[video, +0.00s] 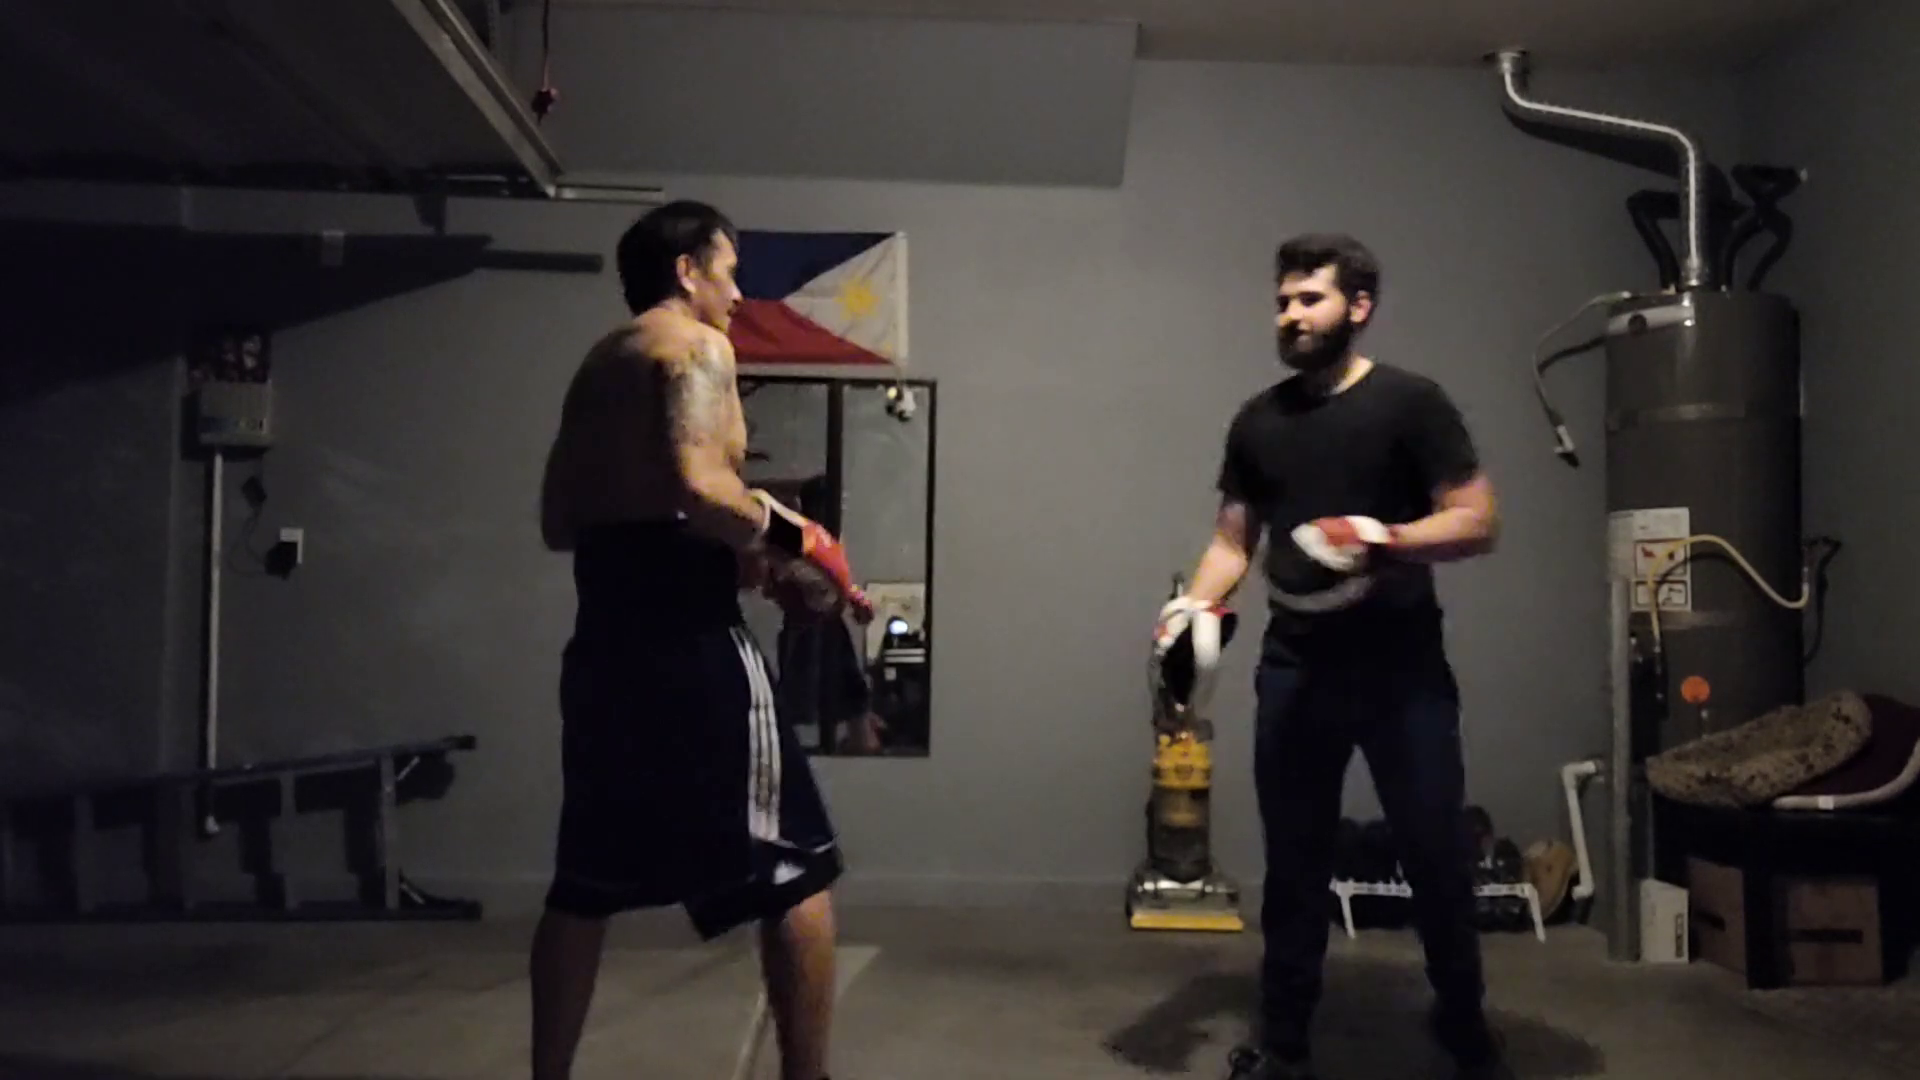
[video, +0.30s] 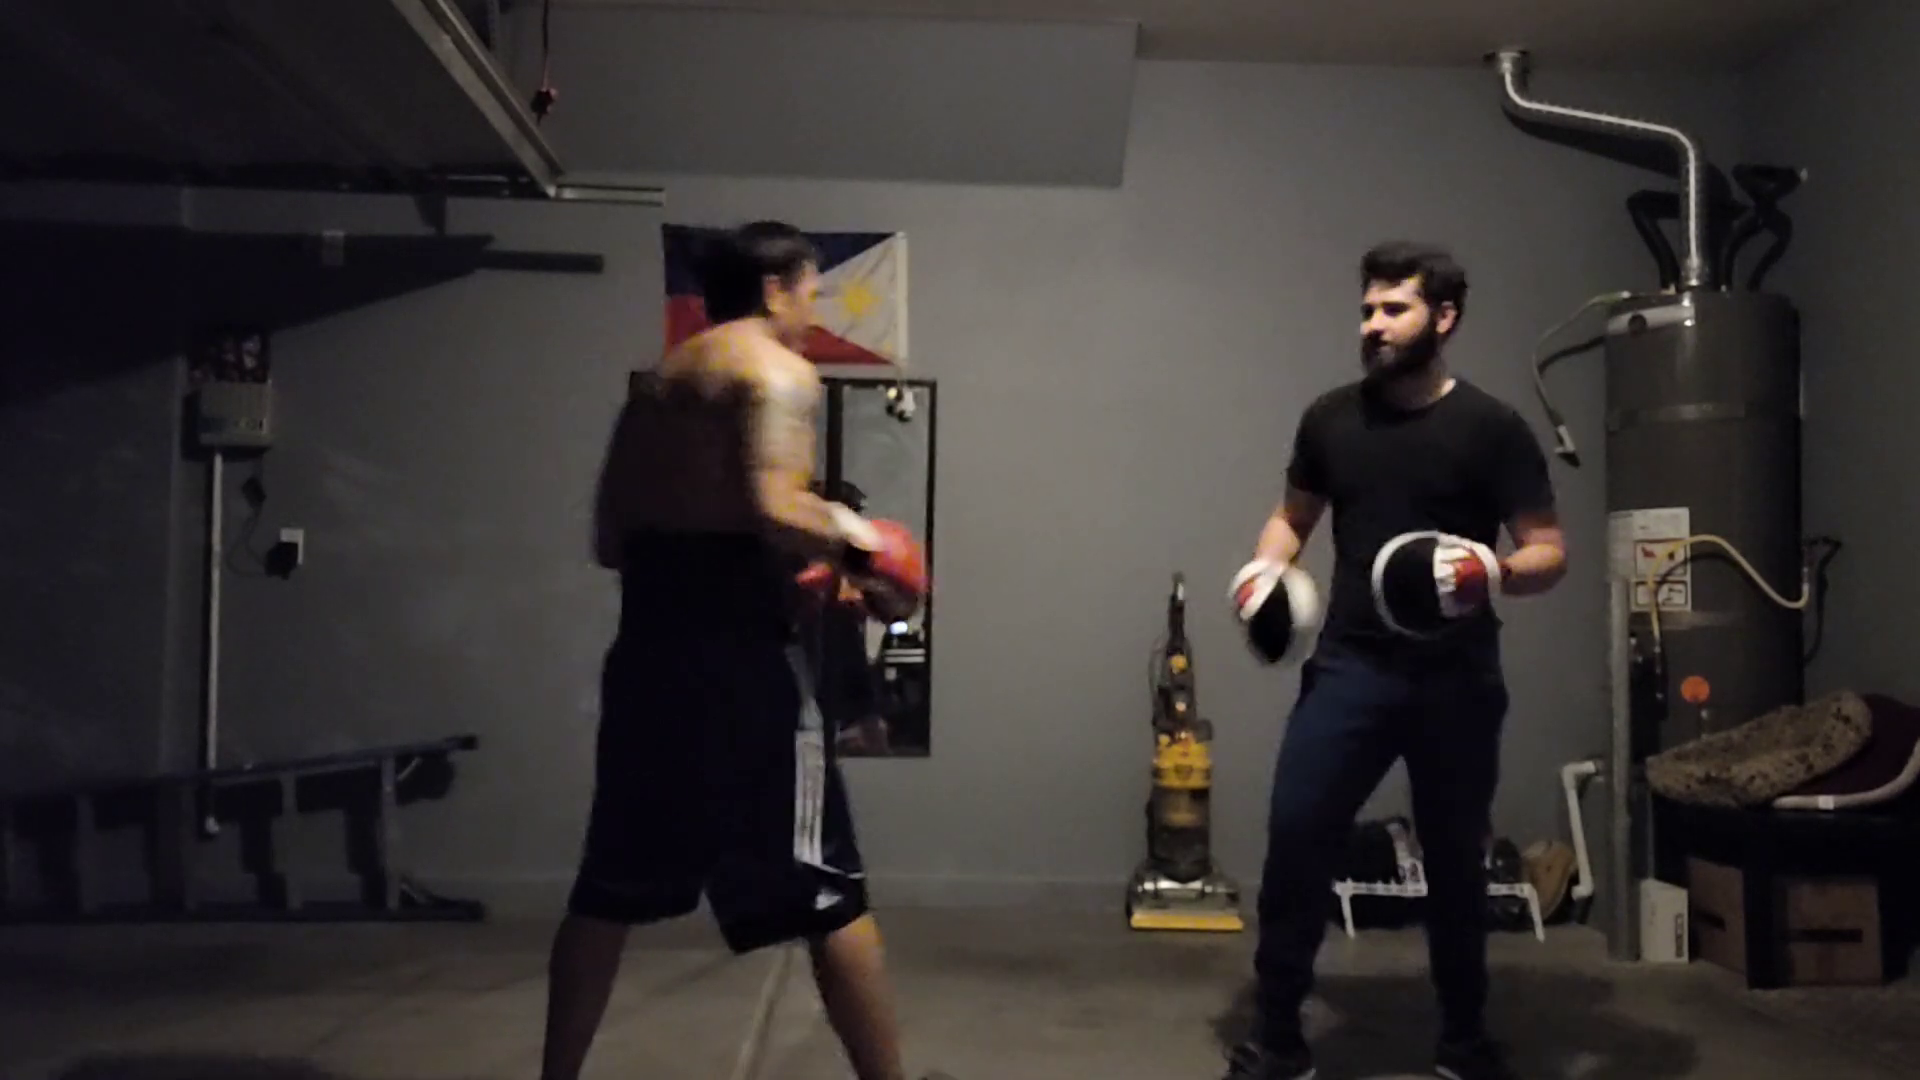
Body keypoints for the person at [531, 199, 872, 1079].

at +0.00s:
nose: (736, 295)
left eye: (735, 276)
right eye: (727, 275)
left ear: (657, 278)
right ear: (687, 272)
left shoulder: (597, 362)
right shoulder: (697, 345)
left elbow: (563, 523)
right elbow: (703, 480)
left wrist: (725, 552)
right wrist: (792, 534)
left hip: (603, 651)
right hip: (695, 648)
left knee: (584, 884)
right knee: (798, 875)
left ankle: (549, 1070)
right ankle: (806, 1070)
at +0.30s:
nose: (815, 307)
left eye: (815, 291)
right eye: (810, 290)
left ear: (719, 289)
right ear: (776, 289)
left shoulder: (653, 378)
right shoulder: (781, 370)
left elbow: (613, 540)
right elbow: (778, 504)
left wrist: (769, 563)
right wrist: (864, 537)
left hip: (650, 670)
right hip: (752, 672)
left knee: (606, 892)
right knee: (831, 898)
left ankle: (557, 1072)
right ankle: (887, 1072)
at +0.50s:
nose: (908, 328)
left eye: (910, 311)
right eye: (904, 310)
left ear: (816, 299)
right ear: (869, 307)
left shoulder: (742, 369)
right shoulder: (871, 388)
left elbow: (730, 521)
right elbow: (917, 529)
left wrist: (857, 563)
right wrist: (976, 535)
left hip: (694, 650)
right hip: (803, 657)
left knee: (632, 883)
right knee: (877, 892)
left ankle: (569, 1070)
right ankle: (901, 1073)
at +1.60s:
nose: (840, 299)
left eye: (833, 283)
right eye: (833, 284)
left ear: (748, 291)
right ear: (804, 288)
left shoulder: (694, 383)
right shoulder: (828, 361)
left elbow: (708, 526)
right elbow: (933, 477)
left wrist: (843, 544)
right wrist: (940, 426)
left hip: (709, 661)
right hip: (823, 658)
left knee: (649, 892)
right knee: (951, 848)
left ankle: (583, 1071)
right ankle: (984, 1049)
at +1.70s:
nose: (889, 282)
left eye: (884, 267)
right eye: (882, 269)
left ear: (790, 280)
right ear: (851, 278)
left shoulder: (723, 375)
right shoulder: (897, 346)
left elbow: (674, 521)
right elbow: (1044, 396)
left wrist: (760, 498)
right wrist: (1029, 337)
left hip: (752, 650)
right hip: (869, 646)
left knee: (673, 878)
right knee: (966, 871)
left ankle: (596, 1067)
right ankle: (1009, 1068)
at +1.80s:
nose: (943, 277)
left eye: (938, 264)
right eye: (936, 265)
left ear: (845, 281)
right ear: (910, 274)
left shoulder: (779, 364)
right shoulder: (957, 343)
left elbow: (735, 513)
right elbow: (1094, 372)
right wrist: (1090, 322)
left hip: (794, 642)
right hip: (905, 643)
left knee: (730, 861)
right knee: (991, 880)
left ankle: (625, 1050)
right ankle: (1021, 1072)